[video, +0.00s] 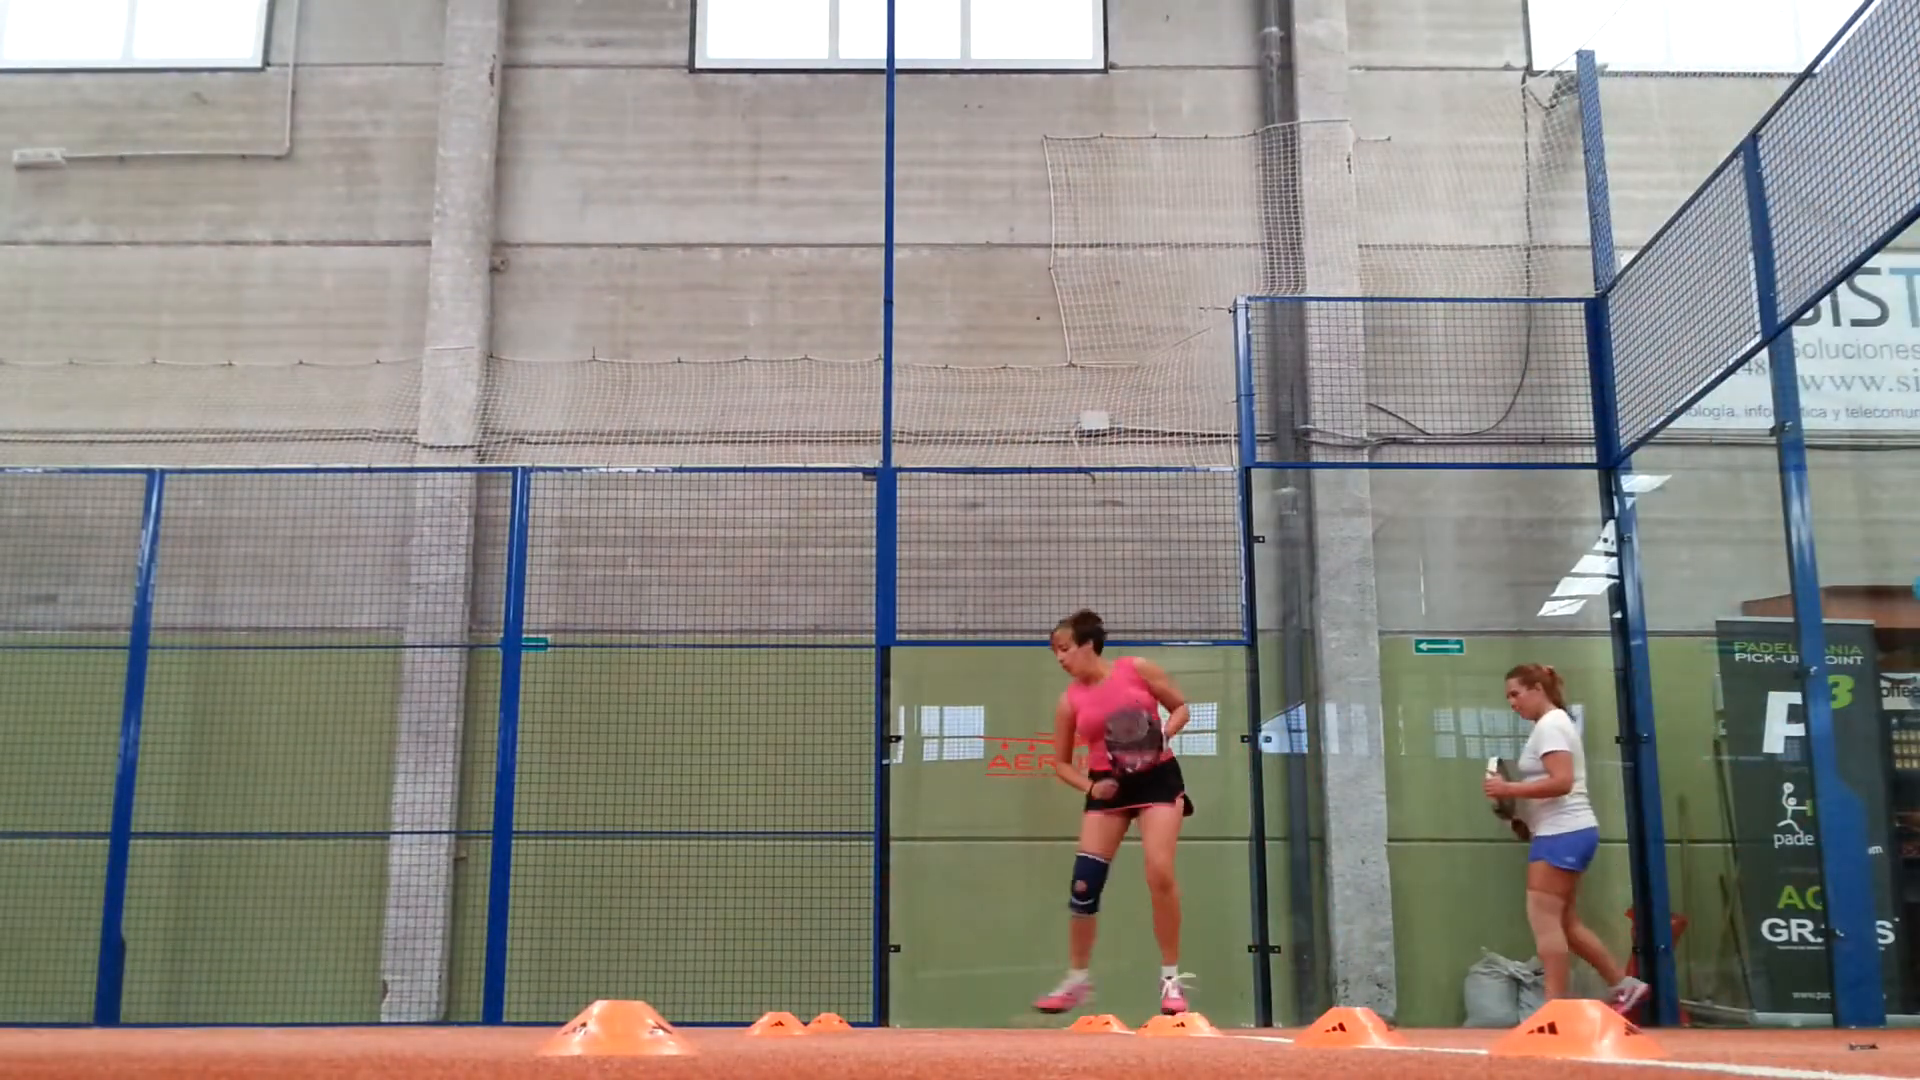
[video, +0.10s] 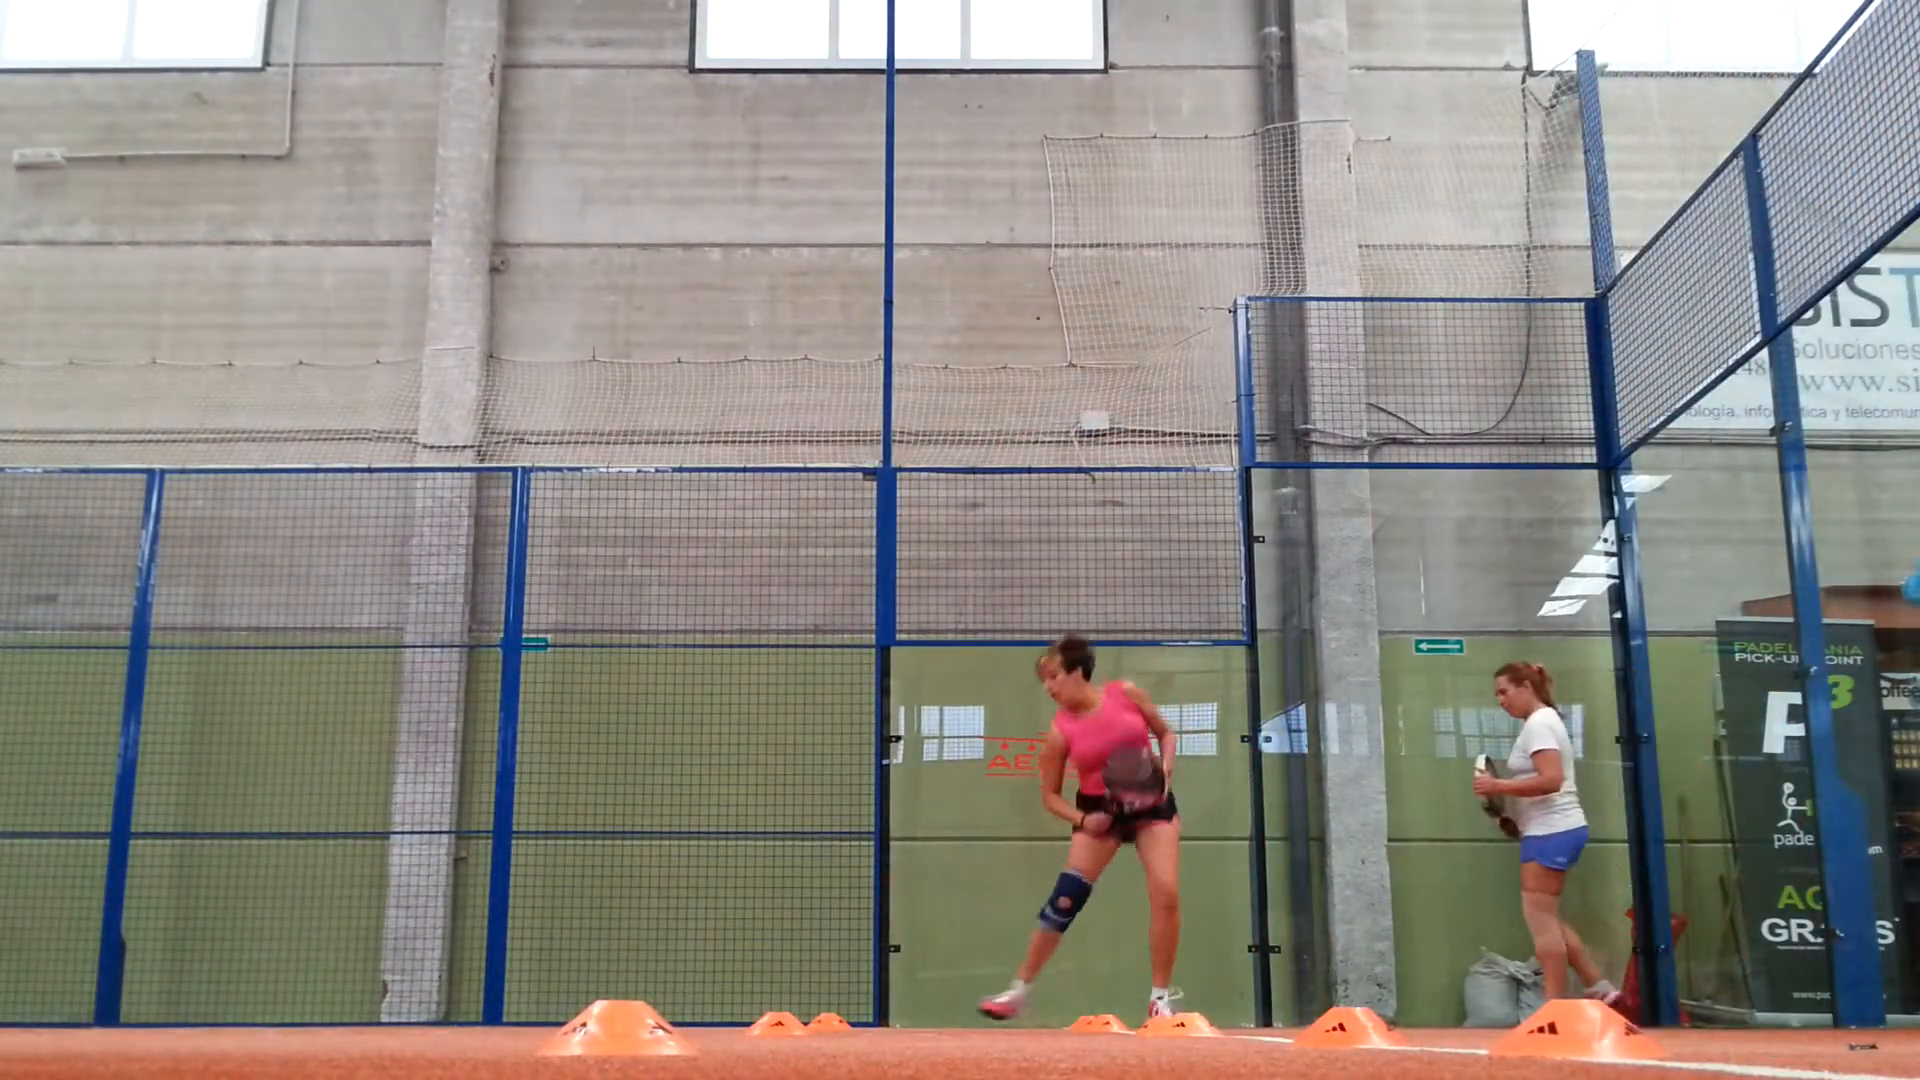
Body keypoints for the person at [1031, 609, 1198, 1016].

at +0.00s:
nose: (1059, 657)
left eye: (1064, 648)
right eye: (1056, 650)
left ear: (1089, 645)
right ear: (1074, 651)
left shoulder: (1135, 670)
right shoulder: (1070, 701)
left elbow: (1181, 709)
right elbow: (1060, 763)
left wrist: (1160, 736)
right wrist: (1089, 786)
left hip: (1156, 780)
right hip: (1108, 787)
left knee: (1160, 875)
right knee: (1084, 884)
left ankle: (1171, 979)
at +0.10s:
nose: (1048, 687)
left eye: (1052, 677)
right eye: (1045, 680)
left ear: (1078, 672)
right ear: (1062, 677)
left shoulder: (1126, 694)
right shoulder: (1060, 731)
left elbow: (1166, 734)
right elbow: (1050, 798)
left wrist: (1165, 767)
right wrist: (1083, 819)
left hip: (1151, 804)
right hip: (1102, 813)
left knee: (1166, 895)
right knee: (1066, 898)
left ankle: (1160, 999)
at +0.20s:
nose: (1036, 728)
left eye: (1042, 717)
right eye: (1033, 720)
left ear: (1067, 713)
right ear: (1033, 723)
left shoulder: (1110, 729)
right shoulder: (1050, 773)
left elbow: (1149, 766)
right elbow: (1033, 837)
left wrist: (1171, 813)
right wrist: (1049, 870)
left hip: (1134, 833)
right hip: (1083, 841)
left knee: (1172, 905)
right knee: (1050, 921)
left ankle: (1157, 1002)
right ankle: (991, 1003)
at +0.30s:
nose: (1025, 770)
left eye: (1030, 760)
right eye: (1022, 763)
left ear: (1056, 756)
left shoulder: (1101, 761)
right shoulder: (1039, 808)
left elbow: (1134, 784)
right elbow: (1008, 872)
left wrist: (1161, 825)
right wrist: (1000, 919)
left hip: (1123, 845)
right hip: (1068, 855)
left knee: (1166, 909)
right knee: (1031, 921)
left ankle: (1156, 1002)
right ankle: (988, 1004)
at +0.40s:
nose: (1022, 805)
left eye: (1026, 795)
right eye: (1017, 798)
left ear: (1051, 789)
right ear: (1015, 799)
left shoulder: (1095, 783)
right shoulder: (1031, 836)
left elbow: (1131, 794)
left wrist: (1152, 823)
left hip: (1116, 848)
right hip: (1061, 858)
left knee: (1154, 910)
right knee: (1025, 915)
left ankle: (1155, 1003)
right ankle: (986, 1004)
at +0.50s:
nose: (1023, 815)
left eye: (1028, 806)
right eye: (1019, 808)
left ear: (1053, 798)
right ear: (1018, 807)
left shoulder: (1097, 793)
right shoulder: (1027, 835)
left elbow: (1136, 802)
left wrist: (1167, 829)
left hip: (1111, 846)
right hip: (1056, 855)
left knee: (1146, 910)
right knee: (1020, 912)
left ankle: (1155, 1004)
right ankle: (985, 1005)